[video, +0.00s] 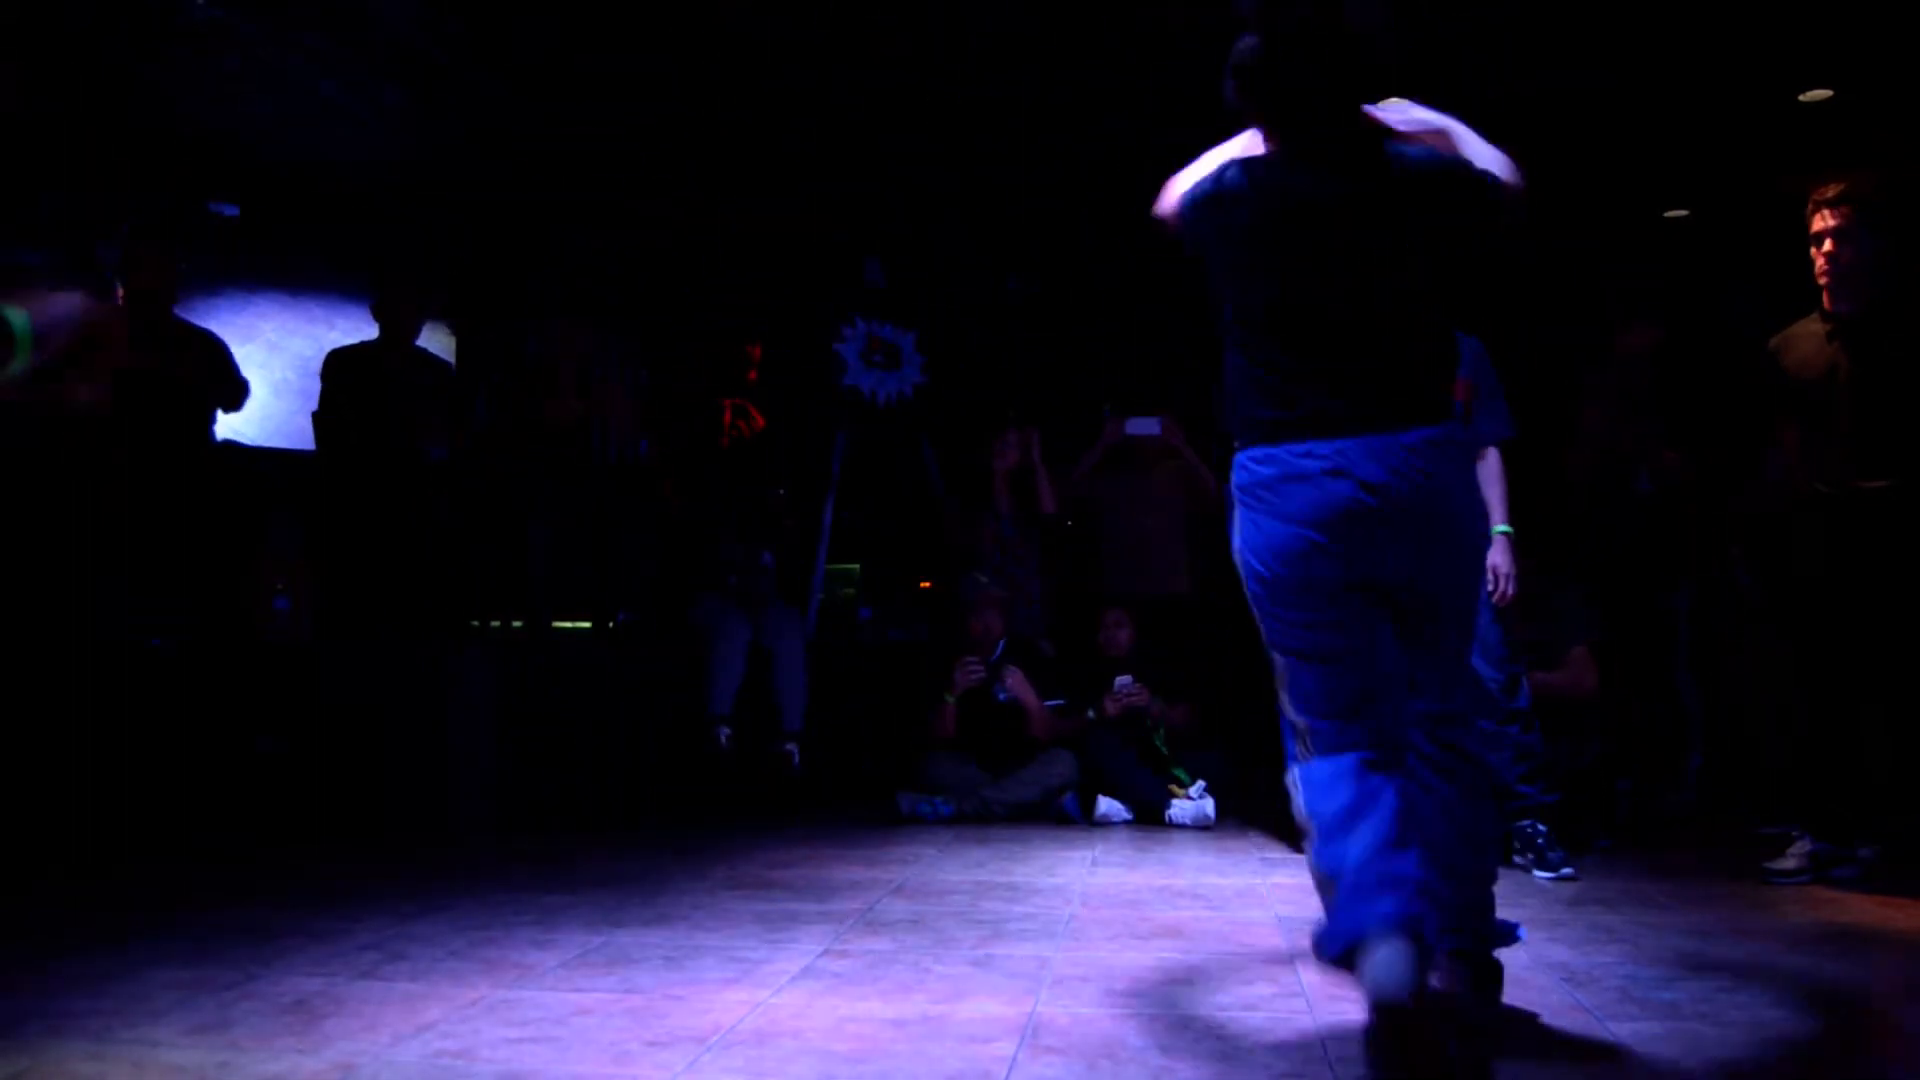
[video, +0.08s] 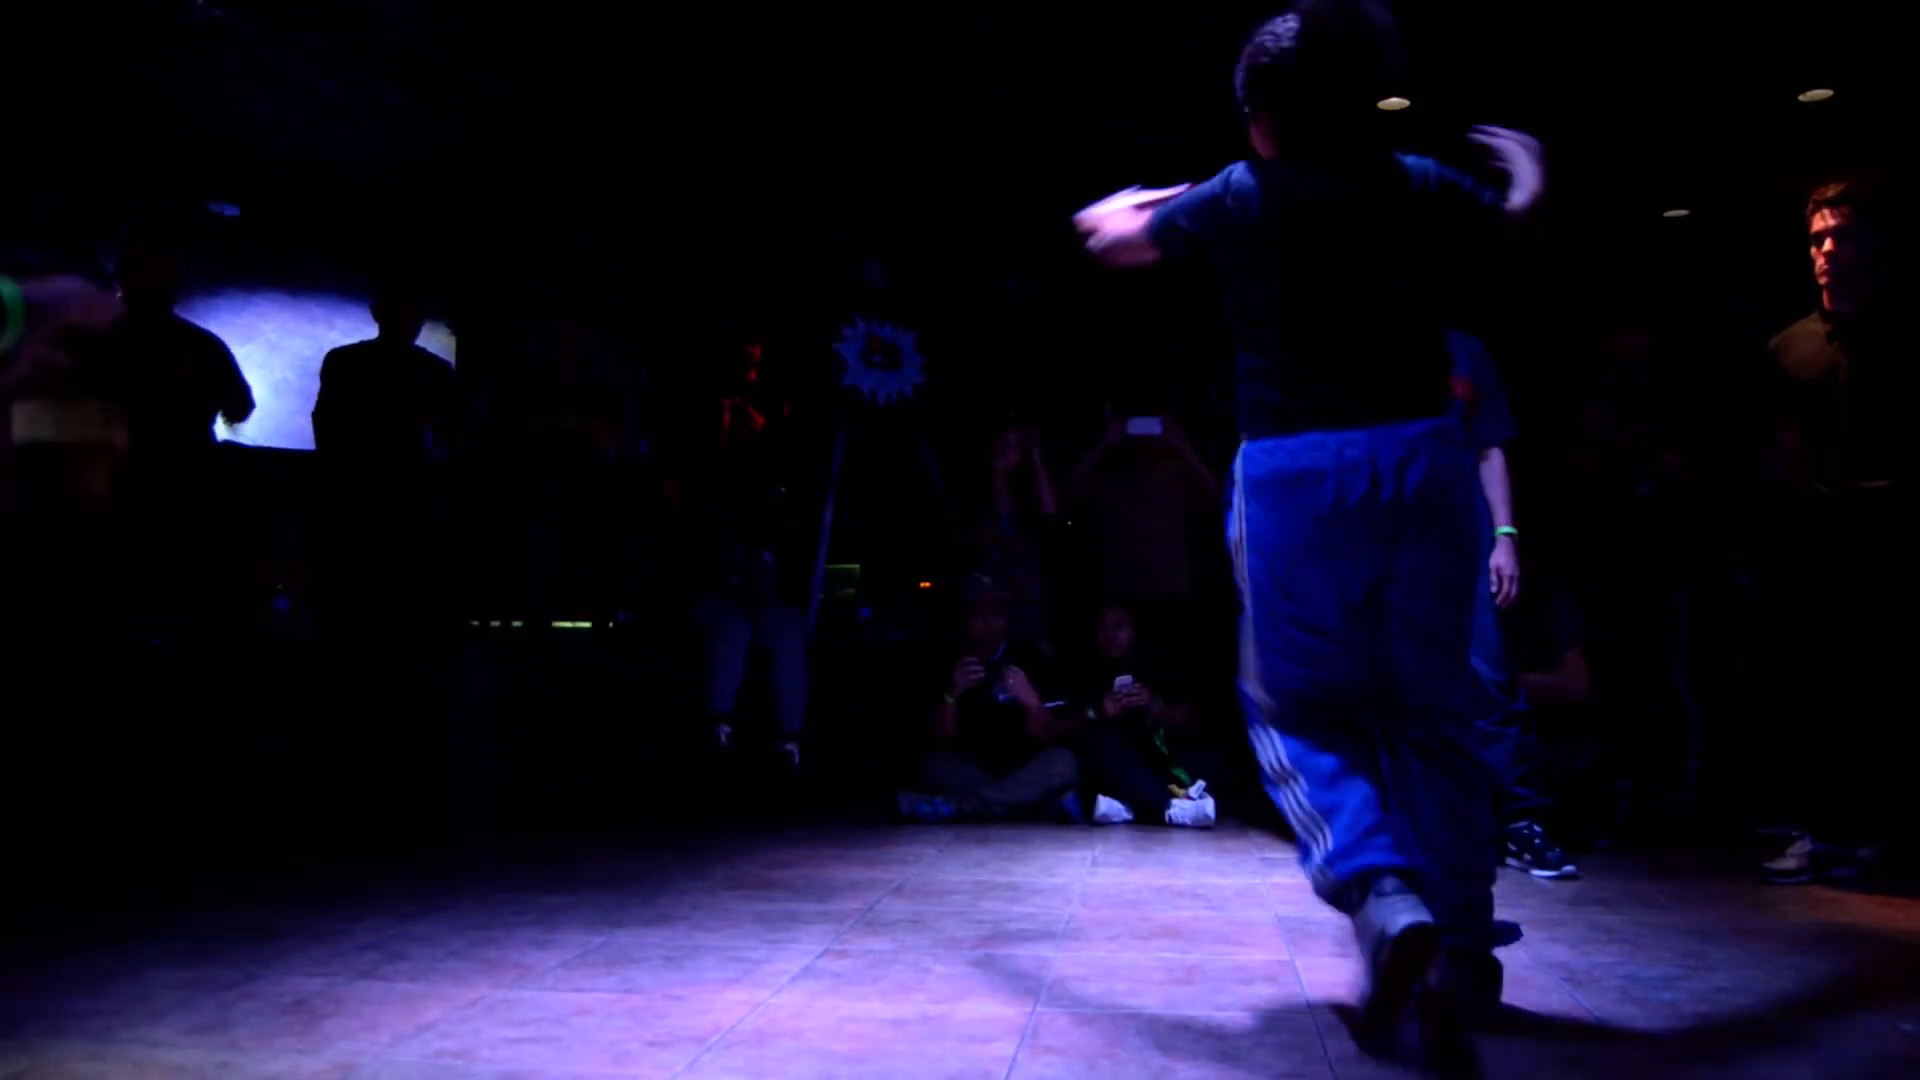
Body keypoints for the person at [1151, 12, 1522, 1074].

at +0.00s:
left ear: (1260, 113)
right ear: (1356, 101)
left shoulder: (1230, 198)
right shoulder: (1417, 179)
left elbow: (1170, 202)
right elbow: (1509, 181)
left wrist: (1260, 137)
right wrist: (1436, 122)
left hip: (1288, 479)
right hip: (1419, 466)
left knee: (1329, 727)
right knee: (1444, 716)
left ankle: (1384, 940)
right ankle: (1460, 950)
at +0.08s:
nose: (1248, 132)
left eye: (1250, 118)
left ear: (1265, 129)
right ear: (1380, 109)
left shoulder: (1243, 203)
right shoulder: (1429, 190)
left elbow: (1105, 233)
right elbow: (1518, 204)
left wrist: (1136, 207)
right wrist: (1527, 164)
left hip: (1293, 470)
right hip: (1427, 460)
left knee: (1292, 702)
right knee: (1437, 705)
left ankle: (1383, 895)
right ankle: (1462, 955)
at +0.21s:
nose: (1226, 136)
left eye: (1231, 119)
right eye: (1230, 119)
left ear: (1252, 125)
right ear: (1339, 120)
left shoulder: (1229, 212)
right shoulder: (1396, 205)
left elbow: (1098, 291)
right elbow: (1494, 264)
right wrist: (1586, 286)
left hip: (1280, 463)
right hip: (1404, 456)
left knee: (1239, 683)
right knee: (1424, 699)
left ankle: (1304, 886)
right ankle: (1461, 947)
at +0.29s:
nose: (1205, 159)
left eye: (1213, 138)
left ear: (1230, 144)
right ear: (1321, 136)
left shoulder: (1212, 231)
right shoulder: (1368, 227)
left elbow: (1105, 328)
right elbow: (1463, 322)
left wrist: (967, 412)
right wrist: (1521, 366)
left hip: (1257, 491)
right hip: (1375, 479)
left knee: (1223, 693)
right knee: (1416, 697)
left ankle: (1224, 899)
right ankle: (1458, 945)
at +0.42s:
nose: (1150, 204)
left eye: (1156, 186)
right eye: (1154, 185)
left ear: (1178, 186)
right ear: (1254, 175)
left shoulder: (1170, 274)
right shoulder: (1324, 265)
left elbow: (1106, 385)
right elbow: (1379, 385)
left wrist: (1003, 494)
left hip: (1219, 508)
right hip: (1330, 498)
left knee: (1191, 709)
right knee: (1371, 703)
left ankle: (1184, 899)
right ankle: (1460, 939)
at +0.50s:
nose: (1096, 223)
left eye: (1103, 207)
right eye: (1099, 206)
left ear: (1123, 209)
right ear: (1201, 200)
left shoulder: (1123, 285)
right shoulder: (1266, 277)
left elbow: (1048, 380)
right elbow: (1334, 374)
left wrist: (910, 455)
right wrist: (1329, 466)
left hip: (1170, 511)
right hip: (1280, 504)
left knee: (1166, 711)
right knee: (1318, 707)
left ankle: (1176, 898)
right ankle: (1426, 874)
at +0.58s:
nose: (1066, 223)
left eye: (1072, 206)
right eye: (1074, 206)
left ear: (1089, 213)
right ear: (1167, 207)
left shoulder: (1087, 291)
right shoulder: (1213, 282)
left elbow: (983, 369)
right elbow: (1277, 352)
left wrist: (835, 368)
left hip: (1134, 505)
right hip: (1233, 498)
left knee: (1136, 705)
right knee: (1236, 700)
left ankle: (1176, 896)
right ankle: (1357, 831)